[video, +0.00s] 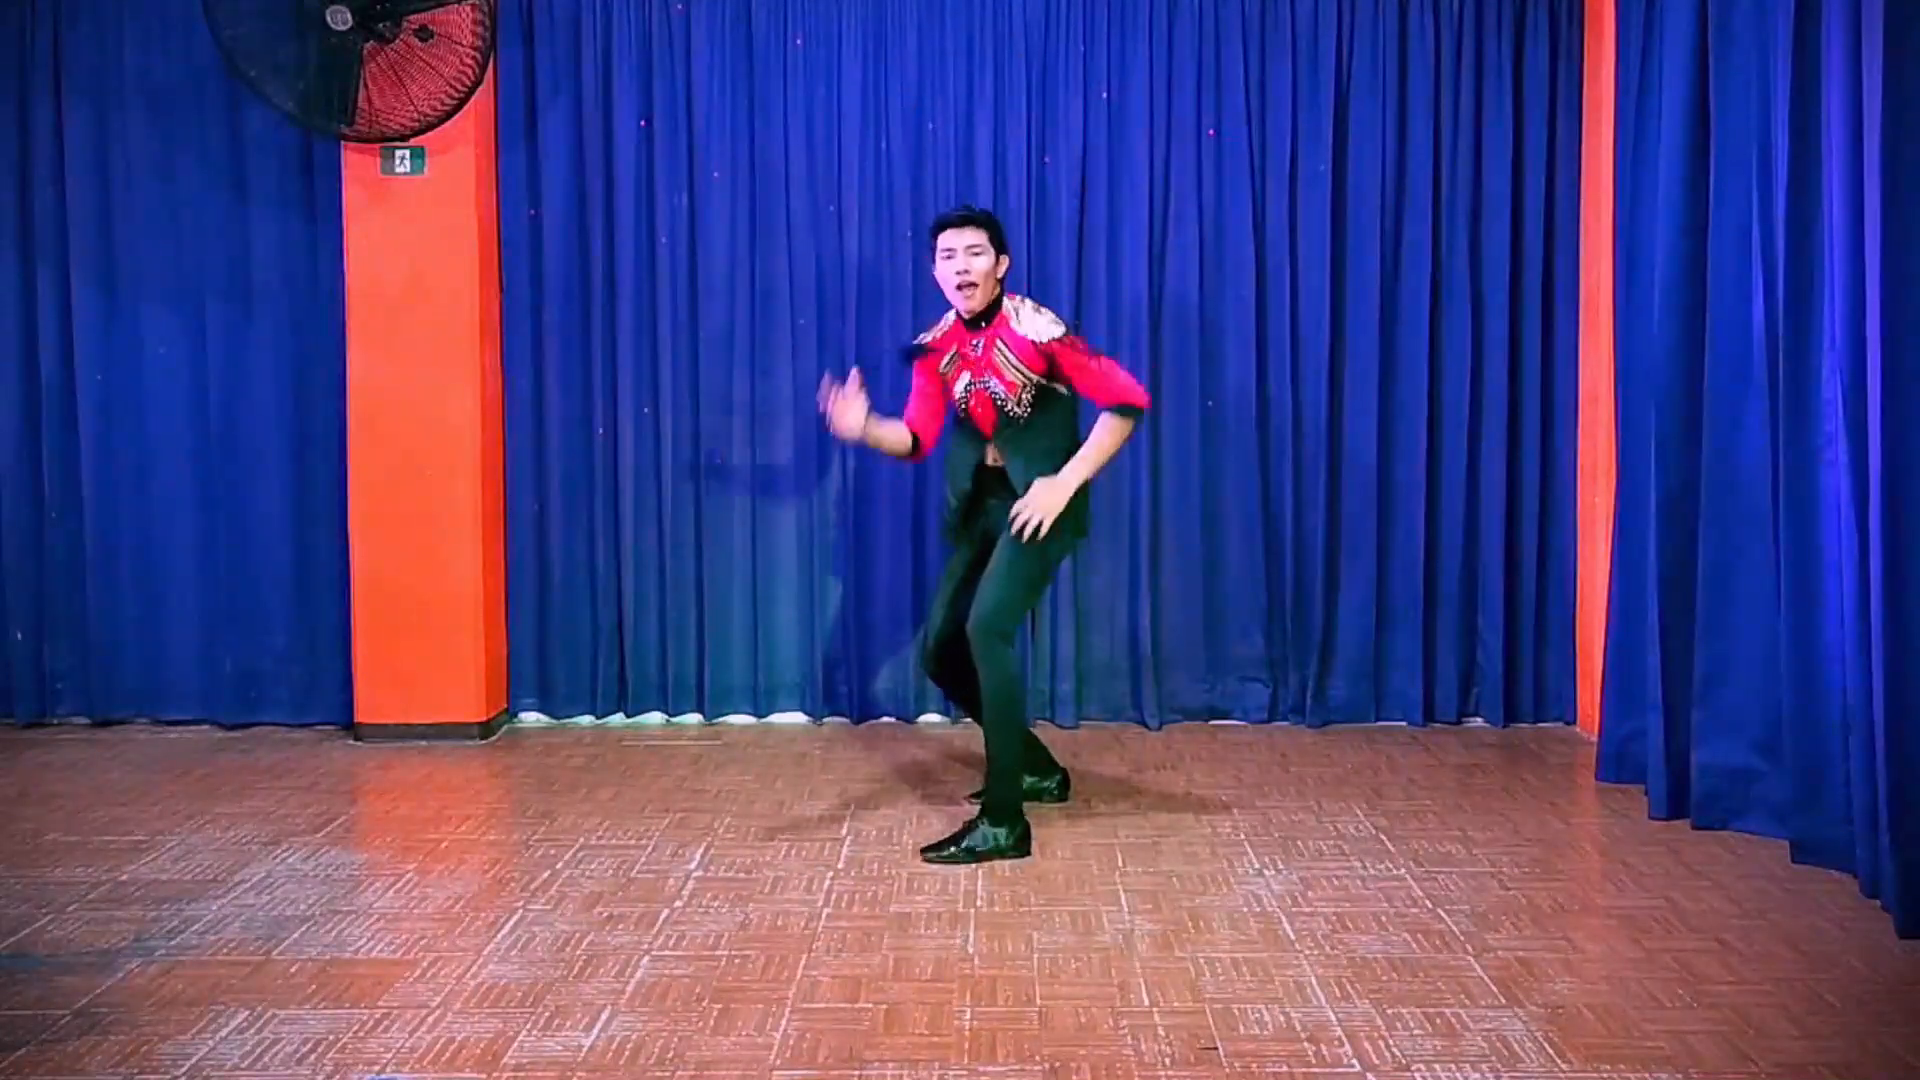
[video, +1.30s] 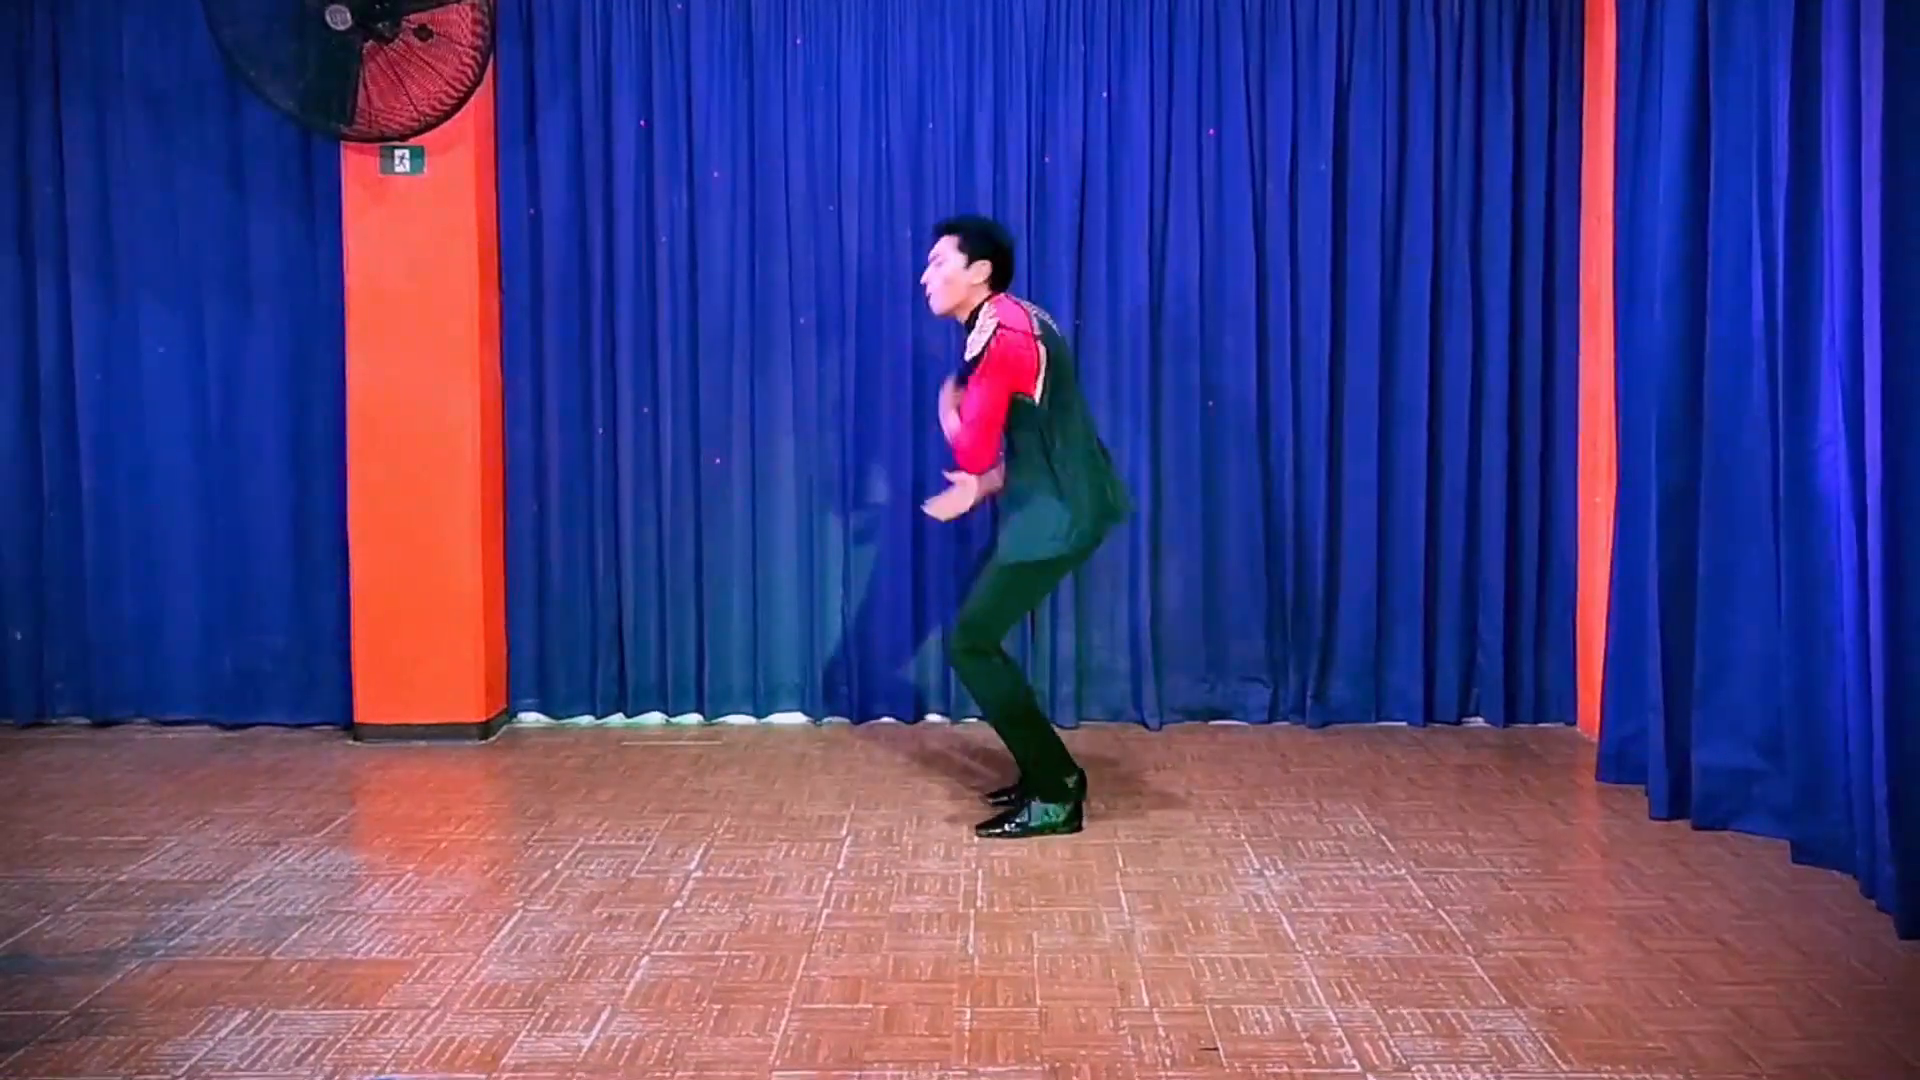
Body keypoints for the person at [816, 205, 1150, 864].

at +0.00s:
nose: (960, 268)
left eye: (974, 253)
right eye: (947, 256)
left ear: (1001, 264)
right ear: (934, 271)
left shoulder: (1036, 332)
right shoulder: (937, 351)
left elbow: (1127, 403)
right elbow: (915, 439)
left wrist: (1065, 481)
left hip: (1044, 504)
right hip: (984, 509)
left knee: (989, 629)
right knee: (942, 652)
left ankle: (1003, 820)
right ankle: (1038, 767)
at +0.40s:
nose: (941, 319)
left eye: (946, 307)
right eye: (937, 308)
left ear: (983, 298)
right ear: (973, 298)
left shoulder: (1051, 336)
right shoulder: (974, 349)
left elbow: (1086, 449)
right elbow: (970, 447)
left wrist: (996, 473)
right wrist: (927, 495)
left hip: (1048, 508)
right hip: (1004, 505)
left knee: (958, 649)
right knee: (938, 650)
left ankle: (1053, 797)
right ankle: (1031, 773)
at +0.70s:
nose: (915, 284)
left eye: (917, 268)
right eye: (912, 271)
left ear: (946, 260)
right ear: (958, 260)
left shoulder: (993, 327)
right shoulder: (1000, 301)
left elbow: (997, 453)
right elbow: (1000, 407)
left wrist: (932, 471)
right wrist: (976, 465)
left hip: (1055, 499)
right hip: (1038, 491)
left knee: (971, 640)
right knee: (980, 620)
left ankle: (1053, 802)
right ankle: (1016, 747)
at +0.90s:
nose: (923, 280)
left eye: (934, 269)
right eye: (925, 267)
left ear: (973, 278)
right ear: (975, 277)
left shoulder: (989, 350)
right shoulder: (1019, 313)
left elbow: (945, 453)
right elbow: (1013, 430)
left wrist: (850, 431)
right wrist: (947, 463)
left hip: (1053, 511)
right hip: (1045, 496)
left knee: (958, 651)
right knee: (977, 624)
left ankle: (1053, 800)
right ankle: (1018, 746)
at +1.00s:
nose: (936, 268)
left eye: (946, 255)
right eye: (935, 255)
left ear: (987, 257)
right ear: (984, 259)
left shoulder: (1003, 325)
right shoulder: (1024, 300)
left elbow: (922, 419)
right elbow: (1026, 411)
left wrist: (861, 336)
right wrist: (962, 453)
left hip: (1053, 500)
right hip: (1041, 488)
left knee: (970, 642)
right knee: (964, 614)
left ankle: (1053, 800)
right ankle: (1020, 745)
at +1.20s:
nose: (949, 257)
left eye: (966, 251)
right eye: (953, 243)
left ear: (1004, 272)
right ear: (978, 263)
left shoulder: (1018, 323)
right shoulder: (1002, 305)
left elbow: (925, 382)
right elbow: (1034, 403)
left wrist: (936, 328)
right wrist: (1012, 473)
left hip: (1061, 503)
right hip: (1035, 496)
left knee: (978, 642)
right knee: (964, 637)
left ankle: (1055, 795)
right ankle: (1045, 768)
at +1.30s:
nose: (926, 277)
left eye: (939, 263)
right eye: (929, 263)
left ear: (980, 273)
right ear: (978, 275)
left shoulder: (1002, 335)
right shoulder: (1007, 320)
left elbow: (973, 452)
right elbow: (1031, 439)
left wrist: (949, 409)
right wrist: (979, 486)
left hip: (1064, 510)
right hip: (1056, 503)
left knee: (972, 644)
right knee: (975, 638)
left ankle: (1056, 793)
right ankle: (1043, 775)